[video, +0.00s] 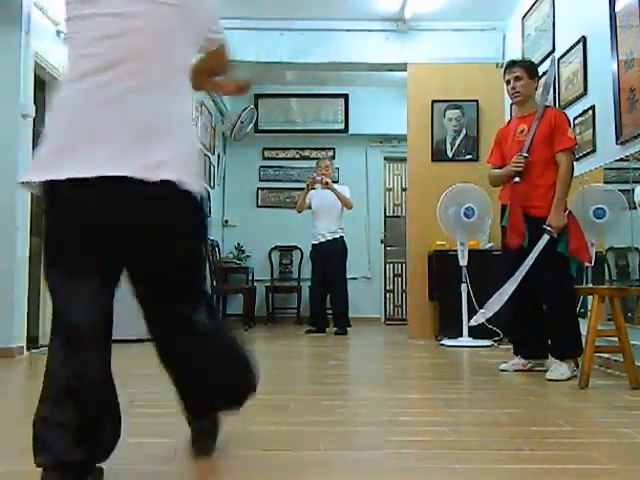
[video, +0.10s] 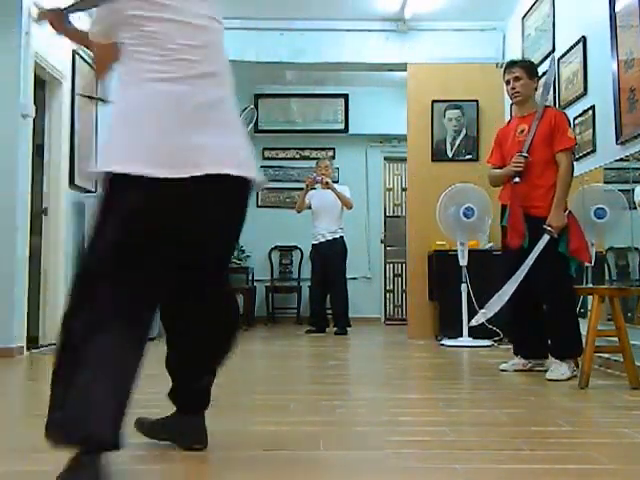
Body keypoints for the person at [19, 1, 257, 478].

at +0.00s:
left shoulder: (79, 7)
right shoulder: (193, 6)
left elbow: (102, 64)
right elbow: (216, 61)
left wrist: (210, 80)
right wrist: (189, 79)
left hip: (74, 167)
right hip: (160, 168)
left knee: (77, 324)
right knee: (177, 308)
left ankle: (67, 460)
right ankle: (204, 405)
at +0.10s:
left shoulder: (122, 5)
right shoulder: (206, 9)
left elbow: (101, 59)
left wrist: (64, 28)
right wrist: (68, 29)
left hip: (149, 167)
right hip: (225, 170)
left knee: (113, 300)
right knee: (198, 294)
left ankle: (90, 447)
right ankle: (190, 416)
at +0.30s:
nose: (166, 14)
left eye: (170, 7)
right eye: (164, 9)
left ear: (194, 2)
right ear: (173, 9)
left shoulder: (230, 16)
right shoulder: (183, 34)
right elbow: (134, 8)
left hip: (270, 176)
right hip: (220, 191)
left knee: (237, 291)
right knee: (178, 297)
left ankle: (308, 393)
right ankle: (186, 419)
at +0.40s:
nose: (190, 15)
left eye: (196, 4)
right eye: (186, 8)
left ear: (224, 1)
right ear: (197, 17)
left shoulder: (276, 31)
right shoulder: (203, 50)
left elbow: (357, 5)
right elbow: (153, 3)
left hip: (284, 210)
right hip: (218, 212)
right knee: (173, 299)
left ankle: (381, 386)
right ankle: (187, 414)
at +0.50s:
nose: (243, 27)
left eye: (252, 16)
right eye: (238, 18)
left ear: (281, 13)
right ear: (236, 18)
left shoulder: (326, 60)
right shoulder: (230, 59)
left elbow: (406, 78)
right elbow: (161, 42)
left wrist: (485, 75)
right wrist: (190, 4)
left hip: (314, 223)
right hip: (240, 219)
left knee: (353, 311)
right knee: (197, 308)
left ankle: (388, 398)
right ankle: (184, 413)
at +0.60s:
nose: (316, 49)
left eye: (326, 40)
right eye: (308, 39)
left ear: (341, 43)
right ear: (293, 40)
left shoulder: (365, 93)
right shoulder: (271, 88)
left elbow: (424, 131)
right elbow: (204, 109)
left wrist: (493, 116)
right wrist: (227, 39)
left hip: (345, 232)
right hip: (279, 229)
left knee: (382, 311)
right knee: (243, 304)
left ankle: (389, 400)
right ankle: (218, 405)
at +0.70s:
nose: (373, 84)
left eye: (381, 75)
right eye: (364, 73)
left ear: (388, 78)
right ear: (341, 72)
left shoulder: (389, 130)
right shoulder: (310, 118)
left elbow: (425, 176)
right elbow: (293, 172)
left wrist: (475, 140)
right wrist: (325, 102)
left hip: (354, 249)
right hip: (295, 248)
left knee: (394, 309)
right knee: (277, 333)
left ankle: (391, 401)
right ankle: (304, 378)